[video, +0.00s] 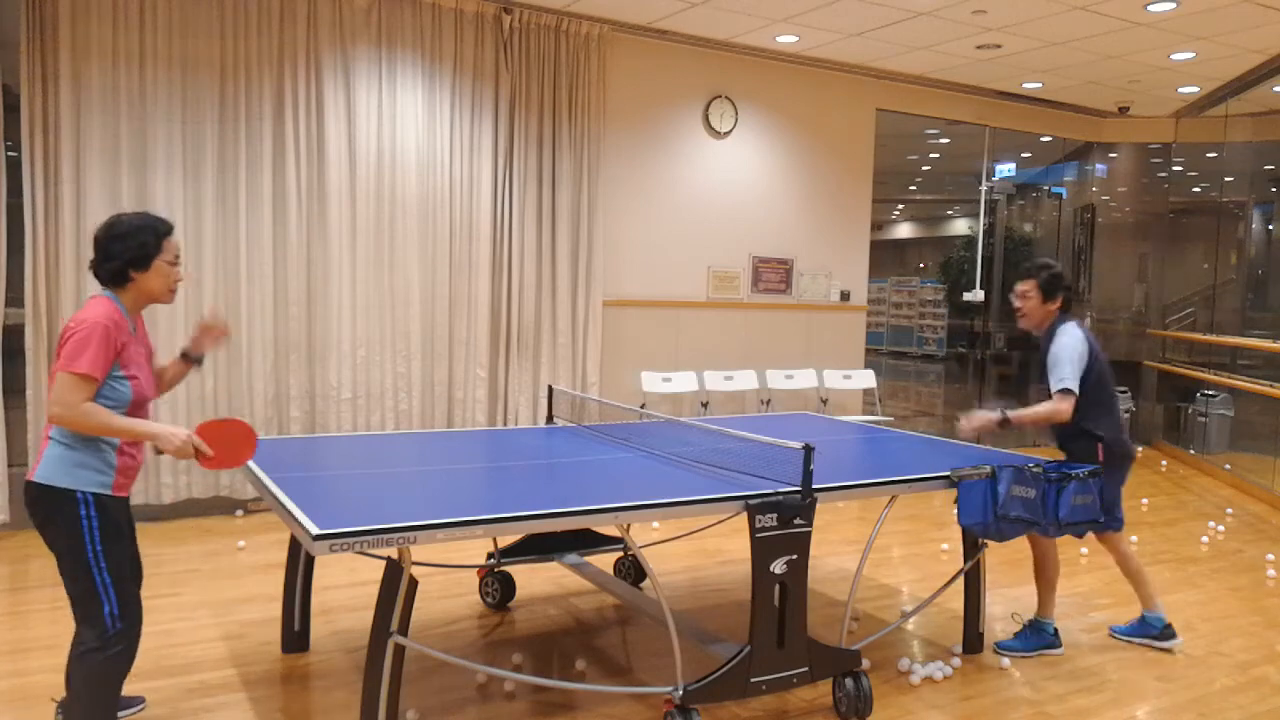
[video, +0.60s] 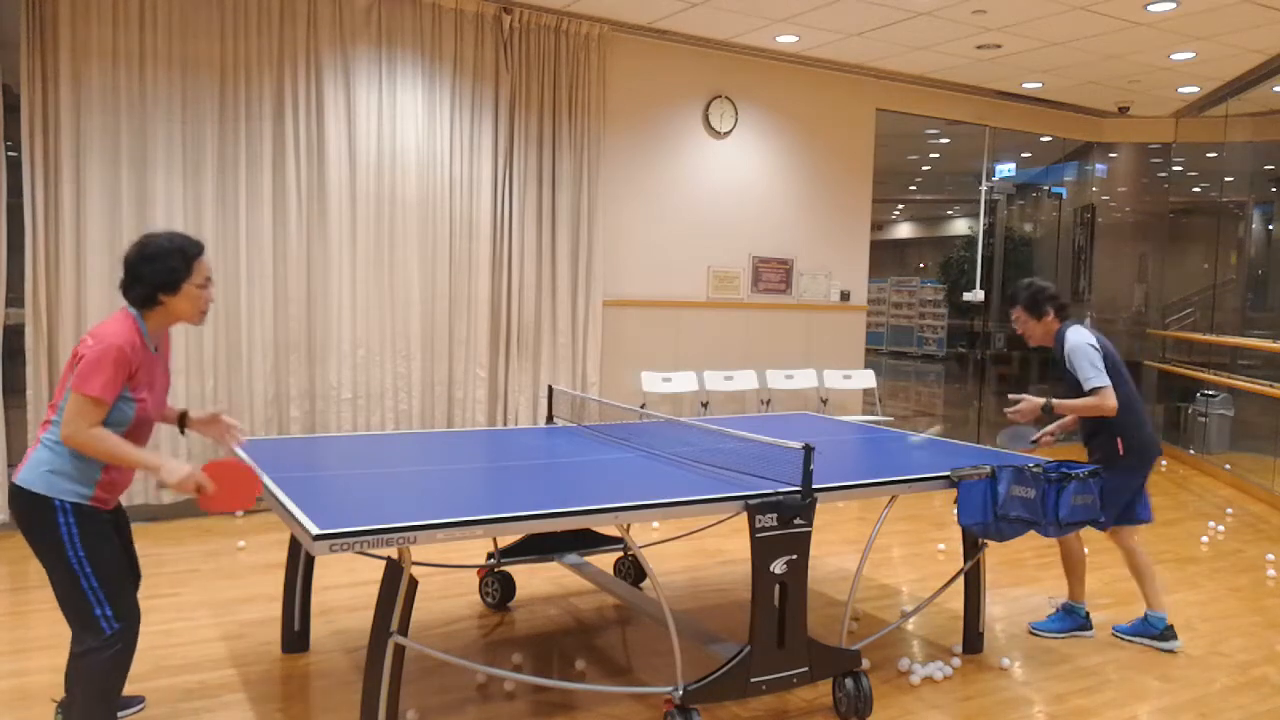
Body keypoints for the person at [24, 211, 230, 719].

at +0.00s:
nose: (179, 273)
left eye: (178, 261)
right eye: (172, 262)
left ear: (142, 267)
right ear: (136, 267)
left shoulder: (130, 319)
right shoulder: (101, 320)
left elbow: (144, 390)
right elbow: (65, 406)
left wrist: (192, 352)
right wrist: (155, 432)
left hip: (101, 488)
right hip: (74, 489)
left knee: (121, 602)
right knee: (112, 618)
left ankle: (93, 698)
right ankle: (85, 711)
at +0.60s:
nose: (211, 296)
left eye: (209, 284)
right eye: (202, 285)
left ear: (168, 292)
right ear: (165, 291)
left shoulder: (156, 337)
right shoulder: (115, 342)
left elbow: (133, 406)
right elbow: (76, 431)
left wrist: (189, 420)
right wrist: (161, 466)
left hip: (94, 492)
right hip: (57, 495)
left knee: (123, 592)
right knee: (111, 624)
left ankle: (91, 698)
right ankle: (85, 712)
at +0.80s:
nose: (224, 331)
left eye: (223, 320)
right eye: (215, 321)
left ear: (183, 327)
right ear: (175, 326)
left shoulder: (181, 366)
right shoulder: (111, 370)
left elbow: (174, 425)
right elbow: (59, 454)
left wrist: (207, 458)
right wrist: (108, 520)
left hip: (85, 499)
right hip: (35, 502)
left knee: (131, 594)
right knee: (107, 621)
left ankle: (90, 697)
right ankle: (87, 712)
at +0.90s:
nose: (225, 354)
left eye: (226, 342)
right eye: (217, 343)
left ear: (185, 347)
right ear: (176, 346)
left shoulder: (188, 389)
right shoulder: (108, 388)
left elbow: (194, 449)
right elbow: (49, 467)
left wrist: (219, 478)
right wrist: (68, 548)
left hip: (96, 511)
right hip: (34, 510)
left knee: (147, 588)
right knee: (106, 609)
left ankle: (96, 696)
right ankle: (86, 712)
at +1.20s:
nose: (221, 357)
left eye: (224, 346)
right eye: (212, 346)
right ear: (171, 344)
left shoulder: (184, 390)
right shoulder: (112, 391)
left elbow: (190, 457)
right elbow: (80, 474)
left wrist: (220, 477)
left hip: (92, 517)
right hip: (38, 526)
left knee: (155, 592)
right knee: (140, 633)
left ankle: (81, 708)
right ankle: (104, 714)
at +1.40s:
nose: (198, 278)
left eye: (198, 267)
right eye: (190, 268)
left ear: (157, 273)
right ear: (151, 272)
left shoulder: (149, 317)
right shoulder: (112, 311)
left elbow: (148, 390)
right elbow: (155, 374)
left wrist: (198, 398)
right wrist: (221, 317)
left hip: (107, 494)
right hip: (77, 495)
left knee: (110, 613)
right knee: (135, 626)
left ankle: (85, 702)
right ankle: (102, 710)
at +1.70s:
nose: (187, 274)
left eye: (185, 262)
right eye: (178, 264)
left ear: (142, 275)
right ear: (141, 274)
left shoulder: (143, 322)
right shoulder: (104, 324)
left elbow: (151, 398)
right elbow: (115, 416)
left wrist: (207, 391)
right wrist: (205, 385)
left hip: (109, 498)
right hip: (76, 499)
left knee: (106, 616)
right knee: (132, 629)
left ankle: (82, 706)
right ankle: (96, 711)